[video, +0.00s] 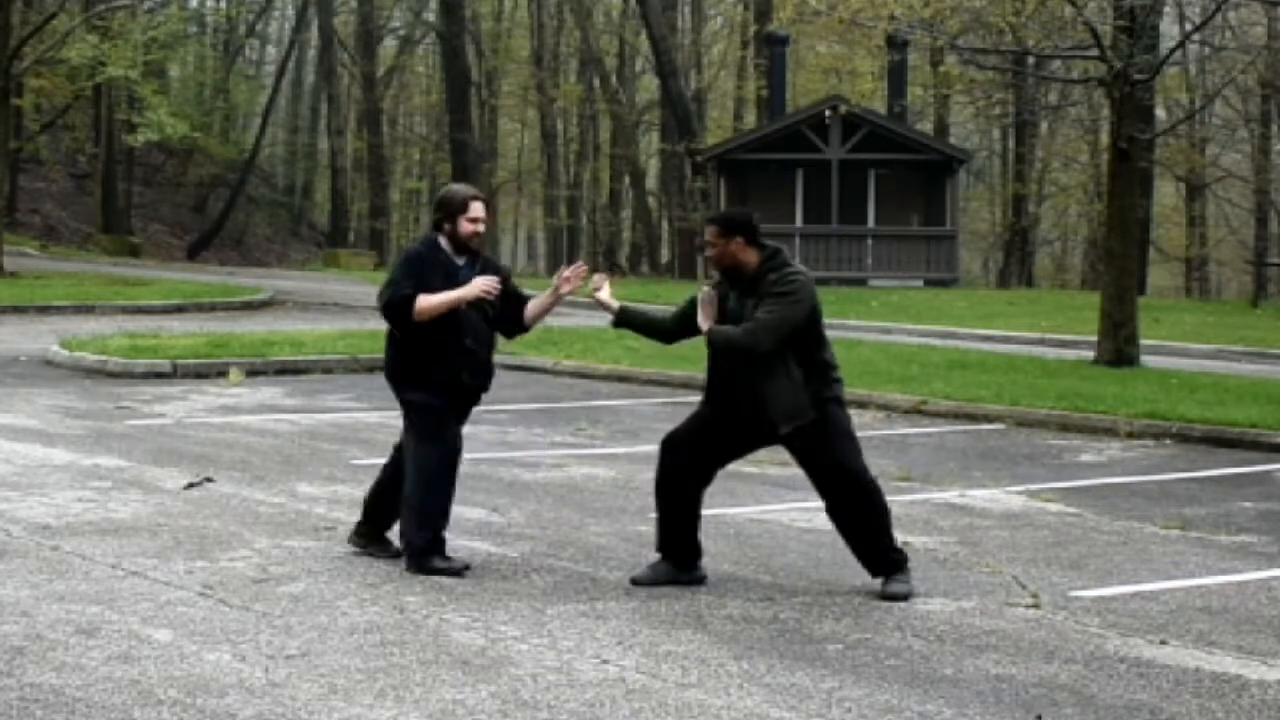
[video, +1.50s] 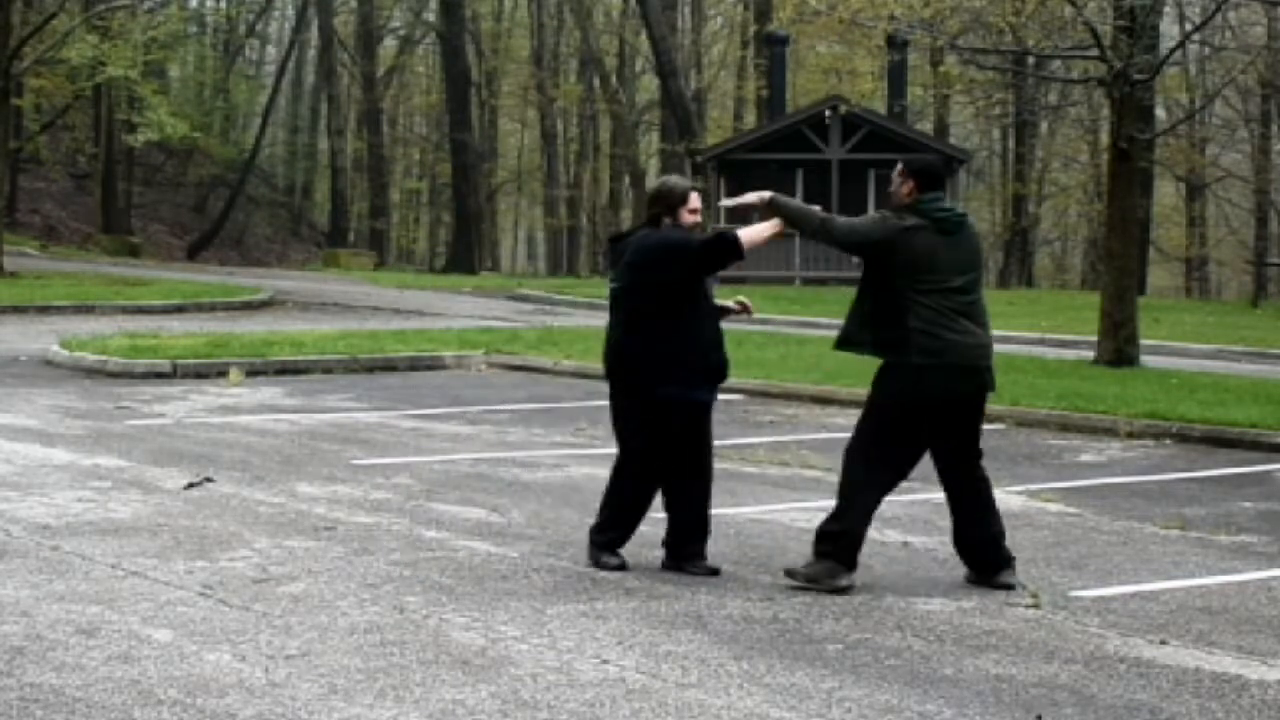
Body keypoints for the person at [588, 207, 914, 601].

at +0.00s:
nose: (707, 254)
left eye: (712, 245)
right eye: (706, 247)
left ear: (739, 242)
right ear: (729, 246)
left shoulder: (794, 285)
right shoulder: (724, 289)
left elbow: (760, 336)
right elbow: (672, 329)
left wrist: (711, 329)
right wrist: (615, 308)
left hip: (807, 410)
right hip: (746, 409)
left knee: (848, 481)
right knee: (679, 453)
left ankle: (892, 569)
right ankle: (679, 561)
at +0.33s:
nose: (711, 252)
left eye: (716, 243)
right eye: (710, 244)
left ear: (744, 241)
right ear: (733, 245)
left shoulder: (797, 285)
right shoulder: (727, 289)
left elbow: (766, 334)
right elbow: (676, 327)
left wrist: (714, 329)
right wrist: (621, 305)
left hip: (808, 410)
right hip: (745, 410)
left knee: (848, 481)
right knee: (680, 453)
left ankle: (891, 569)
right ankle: (680, 561)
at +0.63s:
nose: (757, 233)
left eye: (762, 224)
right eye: (756, 225)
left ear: (788, 227)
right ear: (785, 228)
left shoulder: (839, 272)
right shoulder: (770, 274)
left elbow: (834, 330)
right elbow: (747, 336)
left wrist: (772, 313)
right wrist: (707, 381)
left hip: (830, 412)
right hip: (773, 408)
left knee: (844, 488)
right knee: (717, 471)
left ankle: (918, 566)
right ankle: (680, 560)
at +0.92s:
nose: (827, 202)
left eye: (834, 194)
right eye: (828, 194)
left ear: (860, 198)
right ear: (852, 200)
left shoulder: (903, 248)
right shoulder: (840, 249)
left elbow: (898, 314)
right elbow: (790, 277)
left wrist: (837, 347)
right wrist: (725, 269)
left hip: (914, 378)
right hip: (863, 379)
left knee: (899, 469)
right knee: (824, 455)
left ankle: (922, 571)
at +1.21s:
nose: (874, 190)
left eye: (881, 183)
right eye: (876, 183)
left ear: (904, 192)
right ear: (901, 193)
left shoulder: (929, 246)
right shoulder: (895, 240)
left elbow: (900, 305)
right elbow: (861, 290)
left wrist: (849, 275)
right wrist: (810, 312)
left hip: (934, 378)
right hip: (923, 377)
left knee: (903, 472)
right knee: (948, 466)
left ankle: (920, 573)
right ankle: (990, 565)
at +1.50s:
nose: (889, 189)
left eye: (894, 182)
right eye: (892, 182)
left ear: (910, 188)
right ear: (934, 190)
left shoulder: (893, 230)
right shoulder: (964, 230)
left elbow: (829, 228)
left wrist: (773, 200)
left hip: (913, 370)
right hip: (969, 370)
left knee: (867, 461)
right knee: (963, 466)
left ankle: (834, 562)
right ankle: (992, 564)